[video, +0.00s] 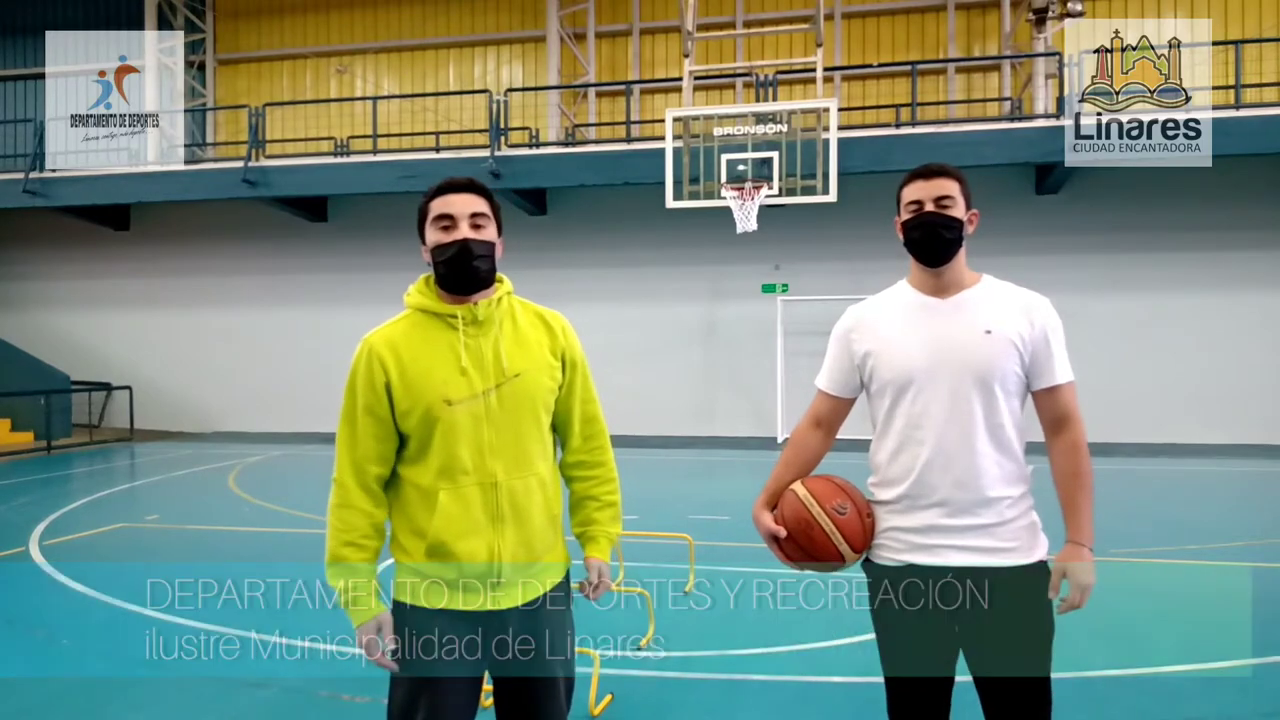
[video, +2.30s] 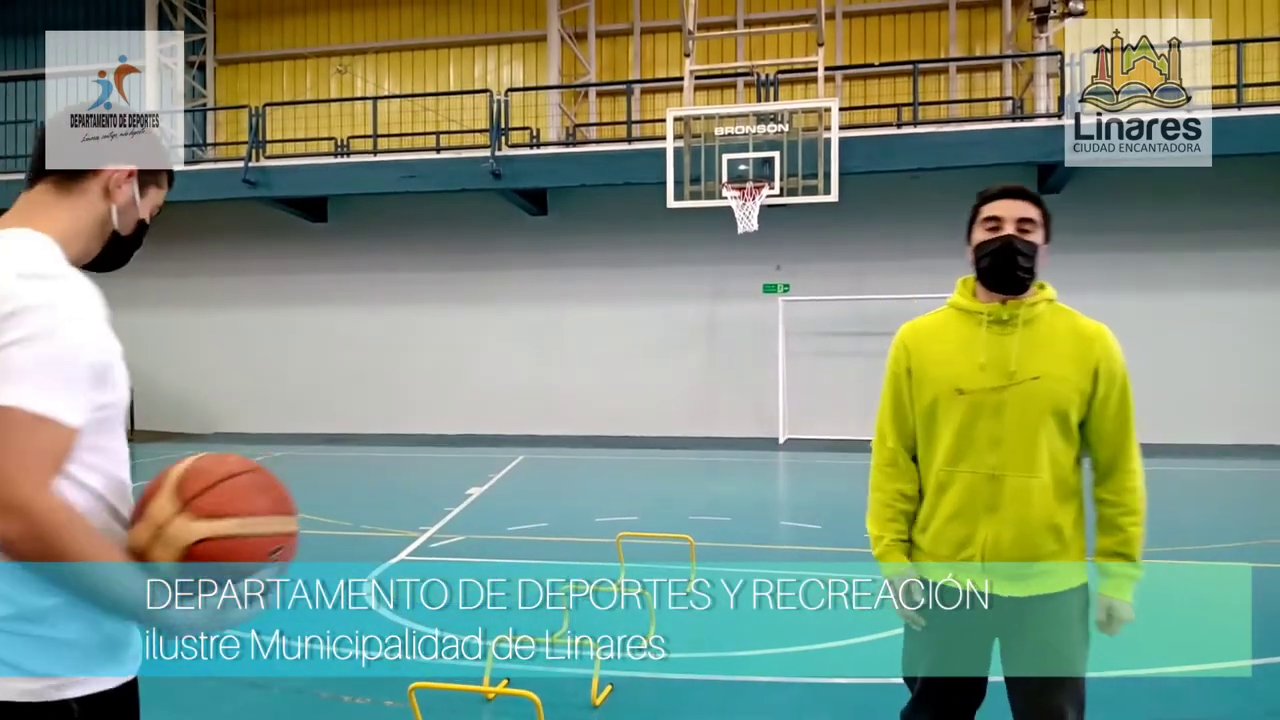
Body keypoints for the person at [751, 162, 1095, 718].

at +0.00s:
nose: (929, 215)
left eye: (944, 204)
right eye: (914, 208)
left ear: (971, 220)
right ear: (898, 229)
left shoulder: (1027, 314)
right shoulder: (863, 324)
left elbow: (1064, 429)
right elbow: (818, 425)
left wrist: (1078, 542)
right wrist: (764, 502)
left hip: (1008, 563)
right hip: (904, 564)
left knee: (1021, 711)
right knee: (914, 712)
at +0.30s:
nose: (920, 215)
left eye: (935, 204)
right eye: (905, 210)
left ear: (964, 220)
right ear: (894, 232)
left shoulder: (1023, 313)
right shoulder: (860, 324)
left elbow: (1063, 423)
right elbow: (816, 425)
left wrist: (1060, 500)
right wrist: (763, 496)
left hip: (1001, 556)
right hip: (899, 557)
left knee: (1017, 709)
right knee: (911, 713)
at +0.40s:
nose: (915, 215)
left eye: (930, 204)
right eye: (901, 212)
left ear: (961, 219)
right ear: (891, 234)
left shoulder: (1021, 313)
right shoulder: (859, 324)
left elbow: (1066, 422)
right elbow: (815, 424)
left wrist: (1037, 435)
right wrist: (762, 494)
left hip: (998, 557)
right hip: (896, 557)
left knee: (1017, 710)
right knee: (909, 714)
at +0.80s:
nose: (900, 221)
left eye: (915, 209)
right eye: (887, 218)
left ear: (949, 222)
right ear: (880, 238)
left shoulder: (1003, 310)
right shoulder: (853, 324)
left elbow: (1053, 421)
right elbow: (812, 425)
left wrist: (1016, 348)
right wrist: (761, 489)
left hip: (983, 553)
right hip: (885, 554)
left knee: (1005, 710)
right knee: (902, 711)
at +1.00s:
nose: (946, 239)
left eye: (958, 230)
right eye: (929, 232)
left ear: (976, 250)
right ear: (910, 253)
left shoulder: (1020, 323)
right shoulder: (875, 344)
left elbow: (1102, 397)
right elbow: (855, 455)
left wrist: (1042, 406)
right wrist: (853, 544)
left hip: (1010, 547)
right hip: (915, 550)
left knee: (1022, 691)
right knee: (915, 696)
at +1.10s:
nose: (931, 236)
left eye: (945, 229)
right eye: (916, 230)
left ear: (965, 250)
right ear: (900, 257)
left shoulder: (1017, 327)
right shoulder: (870, 347)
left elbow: (1081, 419)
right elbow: (854, 453)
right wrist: (853, 535)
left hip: (1009, 553)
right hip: (912, 556)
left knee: (1029, 701)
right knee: (916, 702)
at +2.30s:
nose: (1008, 235)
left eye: (1025, 227)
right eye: (991, 225)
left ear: (1044, 250)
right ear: (970, 246)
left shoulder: (1089, 343)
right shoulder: (919, 340)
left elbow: (1119, 469)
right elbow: (893, 460)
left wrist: (1118, 576)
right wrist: (894, 559)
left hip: (1050, 583)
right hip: (943, 580)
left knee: (1054, 713)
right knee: (936, 710)